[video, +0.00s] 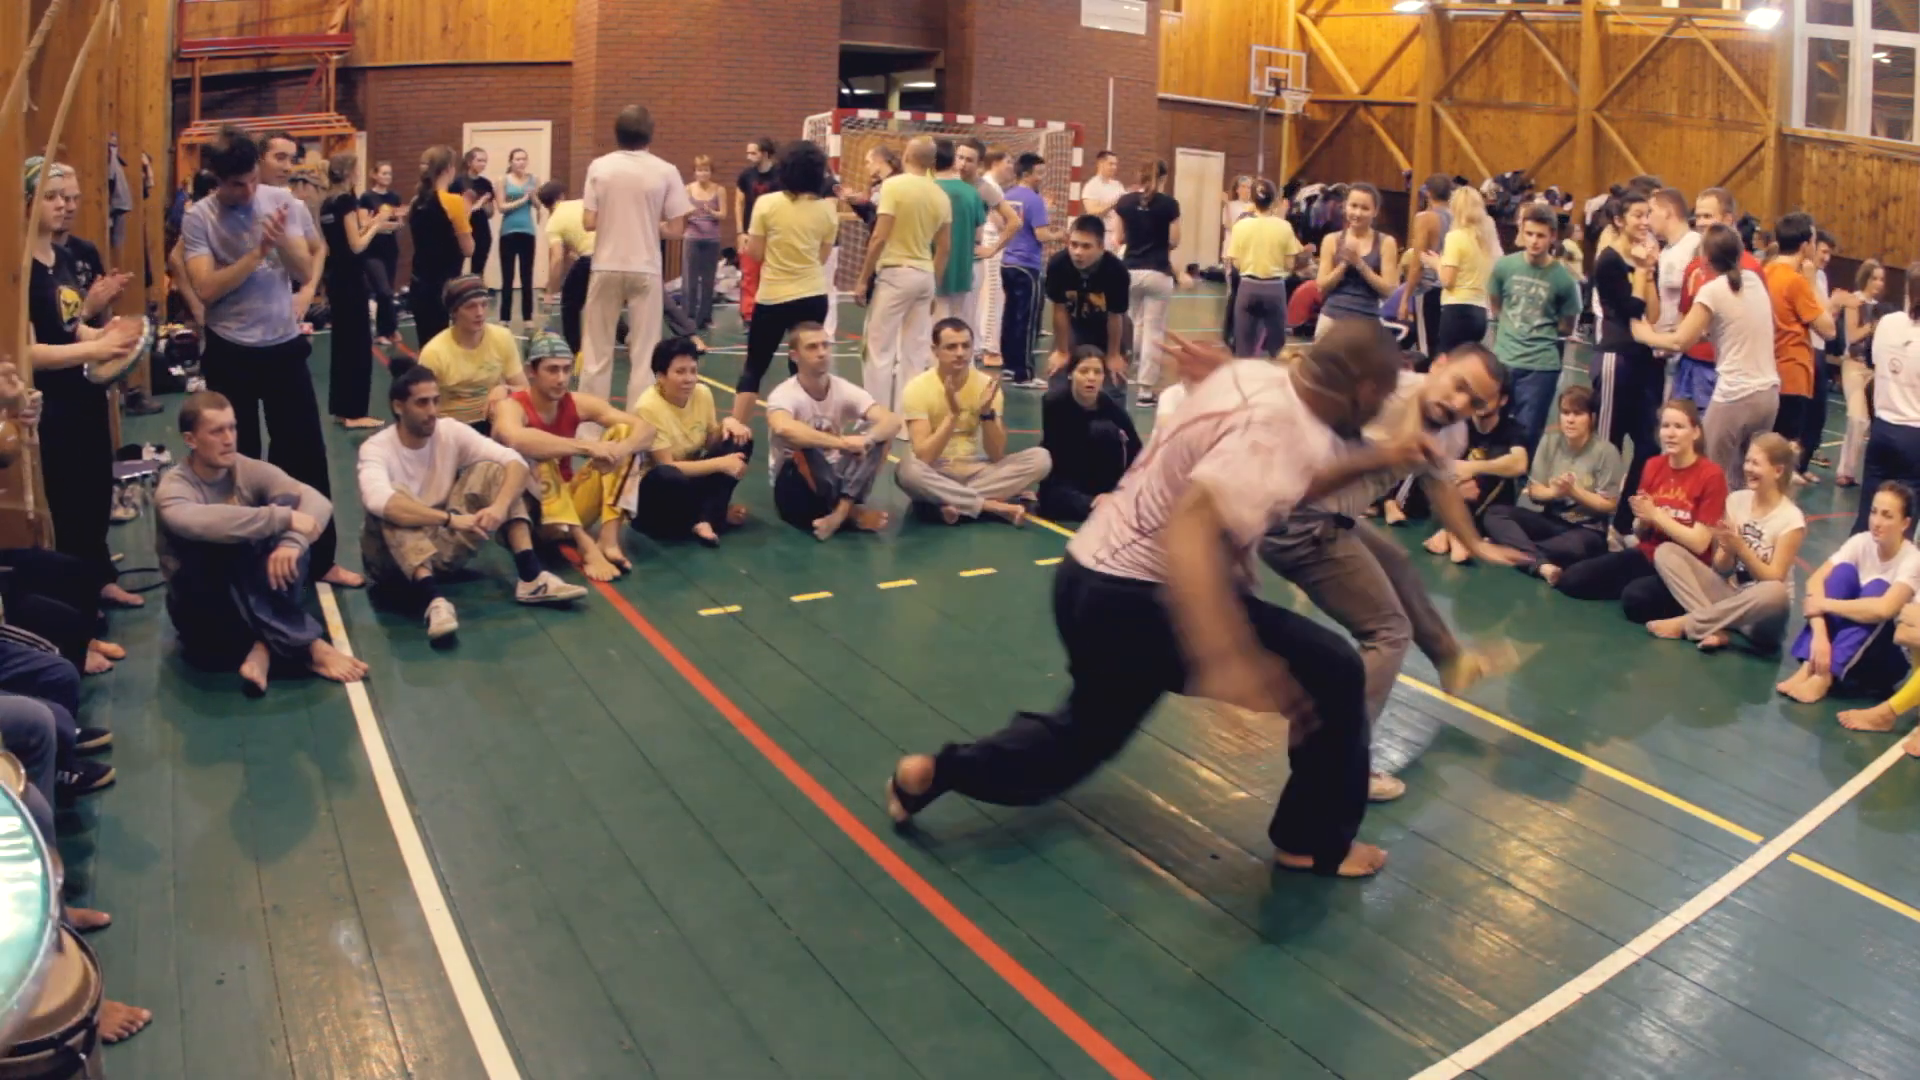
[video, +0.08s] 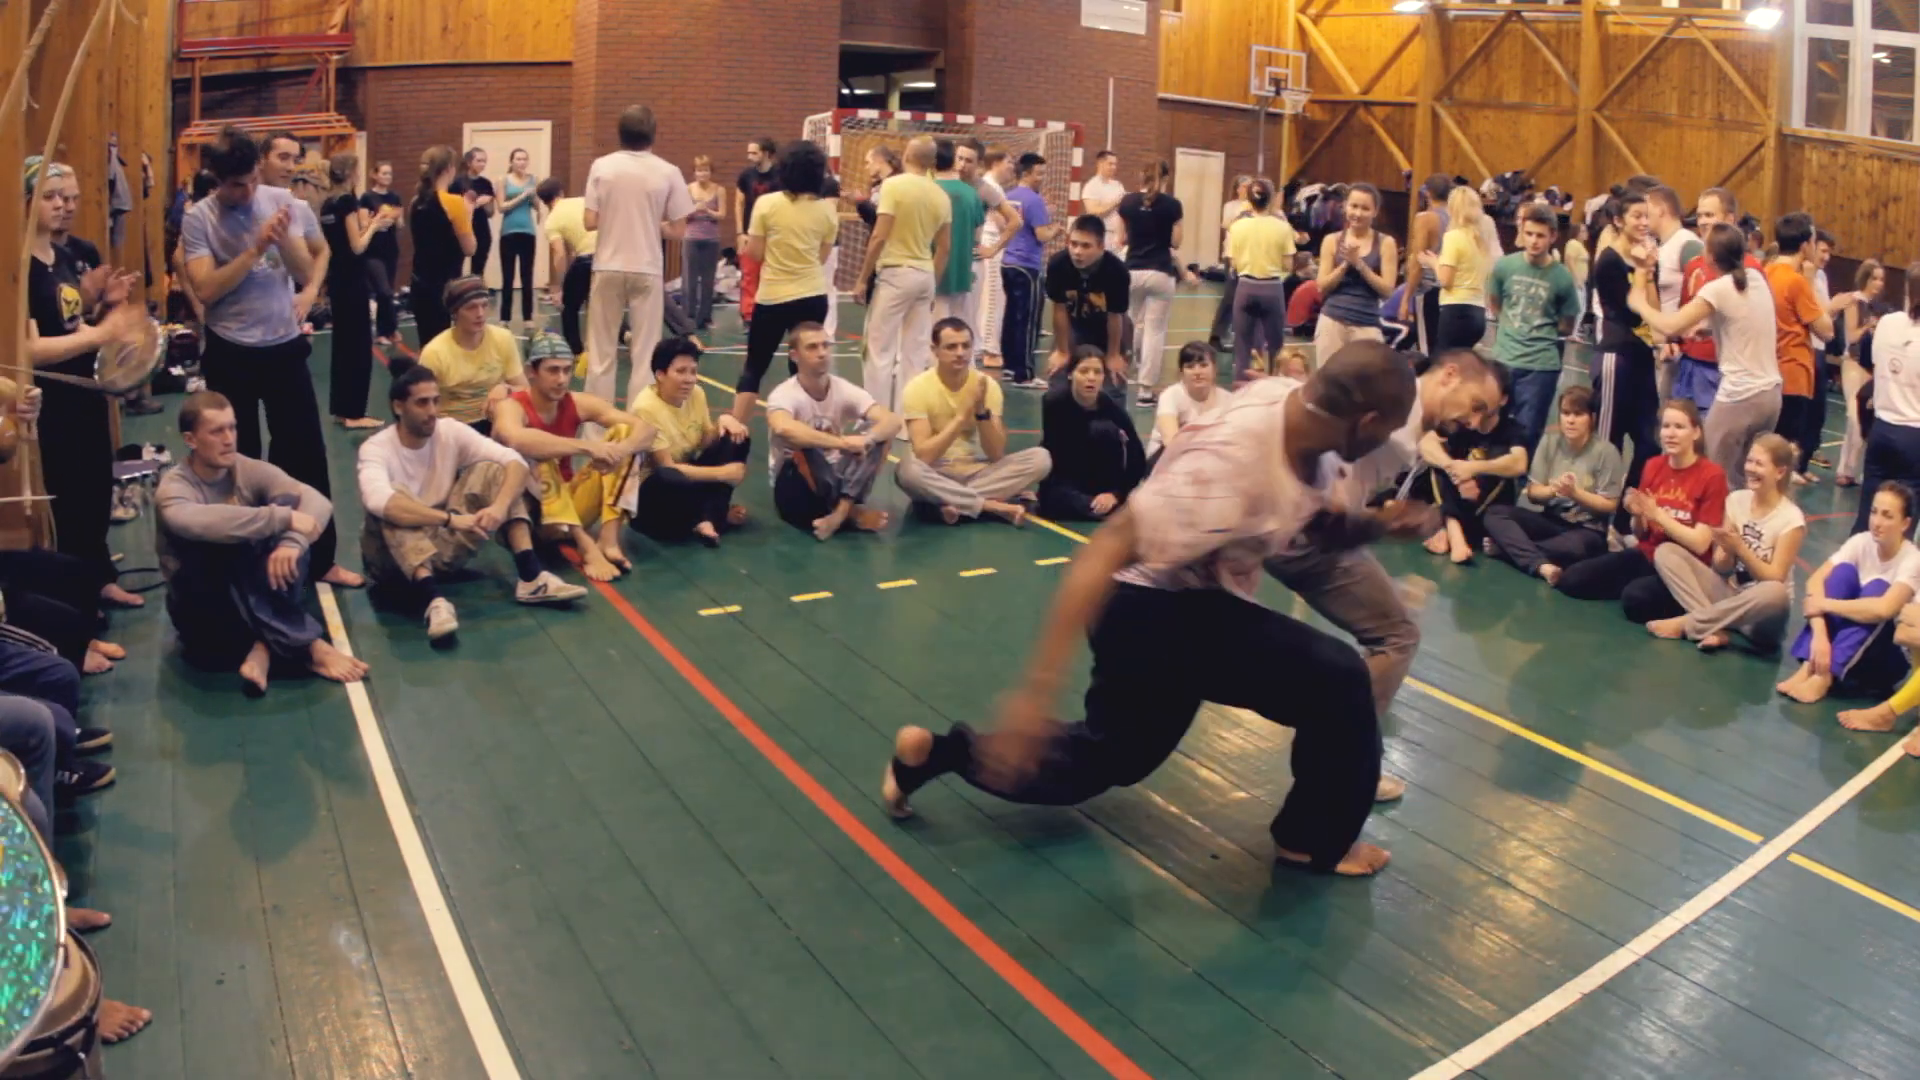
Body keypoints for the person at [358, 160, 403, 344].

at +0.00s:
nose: (388, 177)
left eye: (389, 174)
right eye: (384, 173)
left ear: (391, 176)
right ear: (374, 175)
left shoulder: (394, 198)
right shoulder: (366, 198)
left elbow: (400, 221)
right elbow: (365, 225)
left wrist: (378, 223)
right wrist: (389, 222)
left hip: (390, 247)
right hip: (372, 247)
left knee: (385, 292)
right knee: (384, 290)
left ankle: (383, 332)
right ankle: (391, 328)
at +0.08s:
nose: (388, 177)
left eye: (390, 174)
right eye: (384, 173)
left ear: (392, 176)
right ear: (374, 175)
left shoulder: (395, 198)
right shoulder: (367, 198)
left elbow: (400, 223)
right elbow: (364, 225)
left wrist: (394, 216)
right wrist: (383, 217)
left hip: (390, 248)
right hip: (373, 248)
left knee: (386, 292)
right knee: (384, 290)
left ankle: (383, 332)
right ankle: (390, 329)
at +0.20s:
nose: (389, 177)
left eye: (390, 173)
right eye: (385, 173)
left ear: (392, 176)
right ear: (375, 175)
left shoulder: (395, 198)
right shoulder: (367, 198)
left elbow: (401, 220)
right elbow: (366, 225)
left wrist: (378, 220)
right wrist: (391, 219)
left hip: (391, 248)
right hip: (373, 248)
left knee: (385, 292)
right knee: (384, 291)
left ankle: (382, 332)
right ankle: (391, 329)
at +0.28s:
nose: (389, 177)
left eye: (391, 173)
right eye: (385, 173)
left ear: (392, 176)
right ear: (375, 175)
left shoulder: (395, 198)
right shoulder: (367, 198)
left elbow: (401, 220)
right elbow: (366, 225)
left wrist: (381, 219)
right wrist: (389, 218)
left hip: (391, 248)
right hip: (374, 248)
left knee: (385, 292)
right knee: (384, 291)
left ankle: (382, 331)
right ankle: (391, 329)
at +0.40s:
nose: (389, 177)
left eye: (391, 173)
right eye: (386, 173)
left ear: (393, 176)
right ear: (376, 175)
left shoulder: (396, 198)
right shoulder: (368, 198)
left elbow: (402, 223)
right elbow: (366, 225)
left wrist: (396, 218)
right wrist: (384, 220)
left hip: (391, 248)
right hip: (374, 247)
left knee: (386, 291)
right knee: (384, 290)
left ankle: (383, 331)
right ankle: (390, 329)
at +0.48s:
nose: (389, 177)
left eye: (391, 173)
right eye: (386, 173)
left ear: (393, 176)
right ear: (376, 175)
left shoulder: (396, 197)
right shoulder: (368, 198)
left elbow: (401, 219)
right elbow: (365, 224)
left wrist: (394, 220)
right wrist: (388, 221)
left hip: (392, 244)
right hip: (374, 244)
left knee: (386, 291)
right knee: (384, 290)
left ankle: (383, 331)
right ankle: (390, 329)